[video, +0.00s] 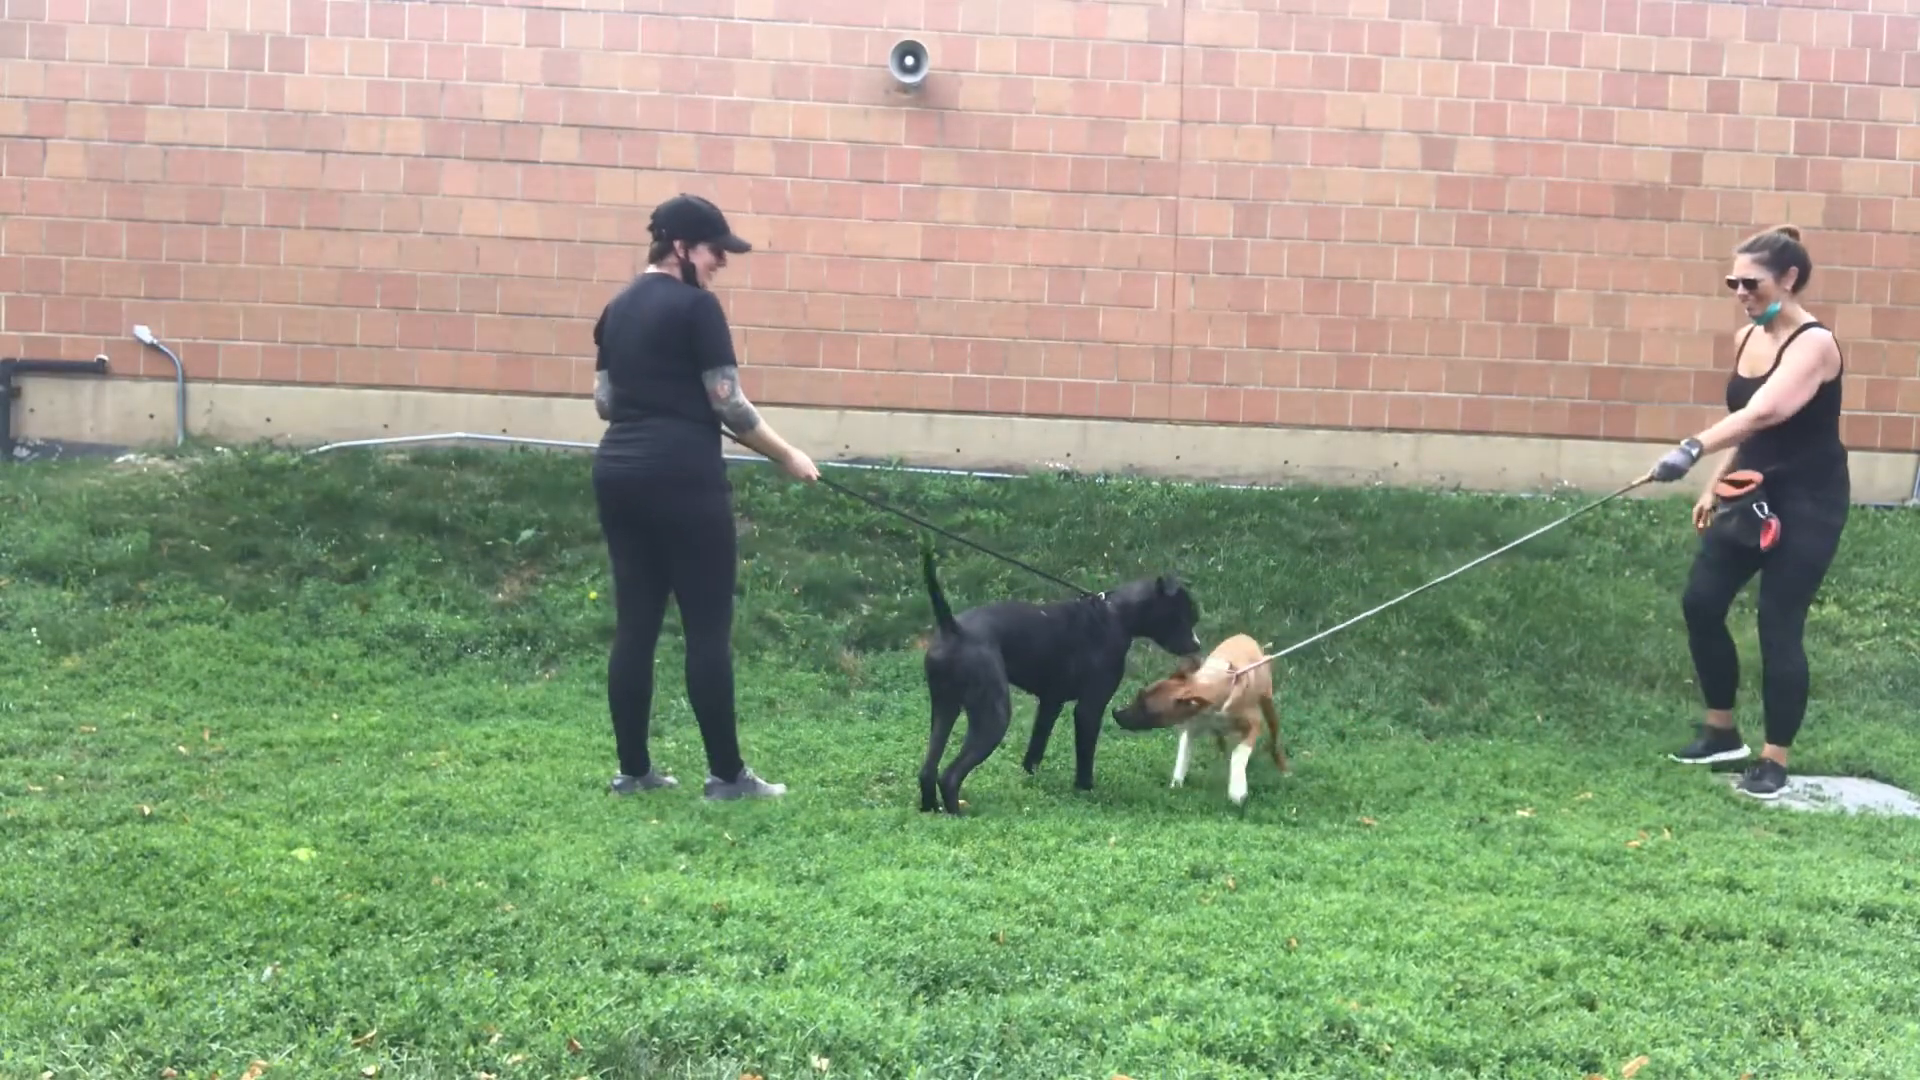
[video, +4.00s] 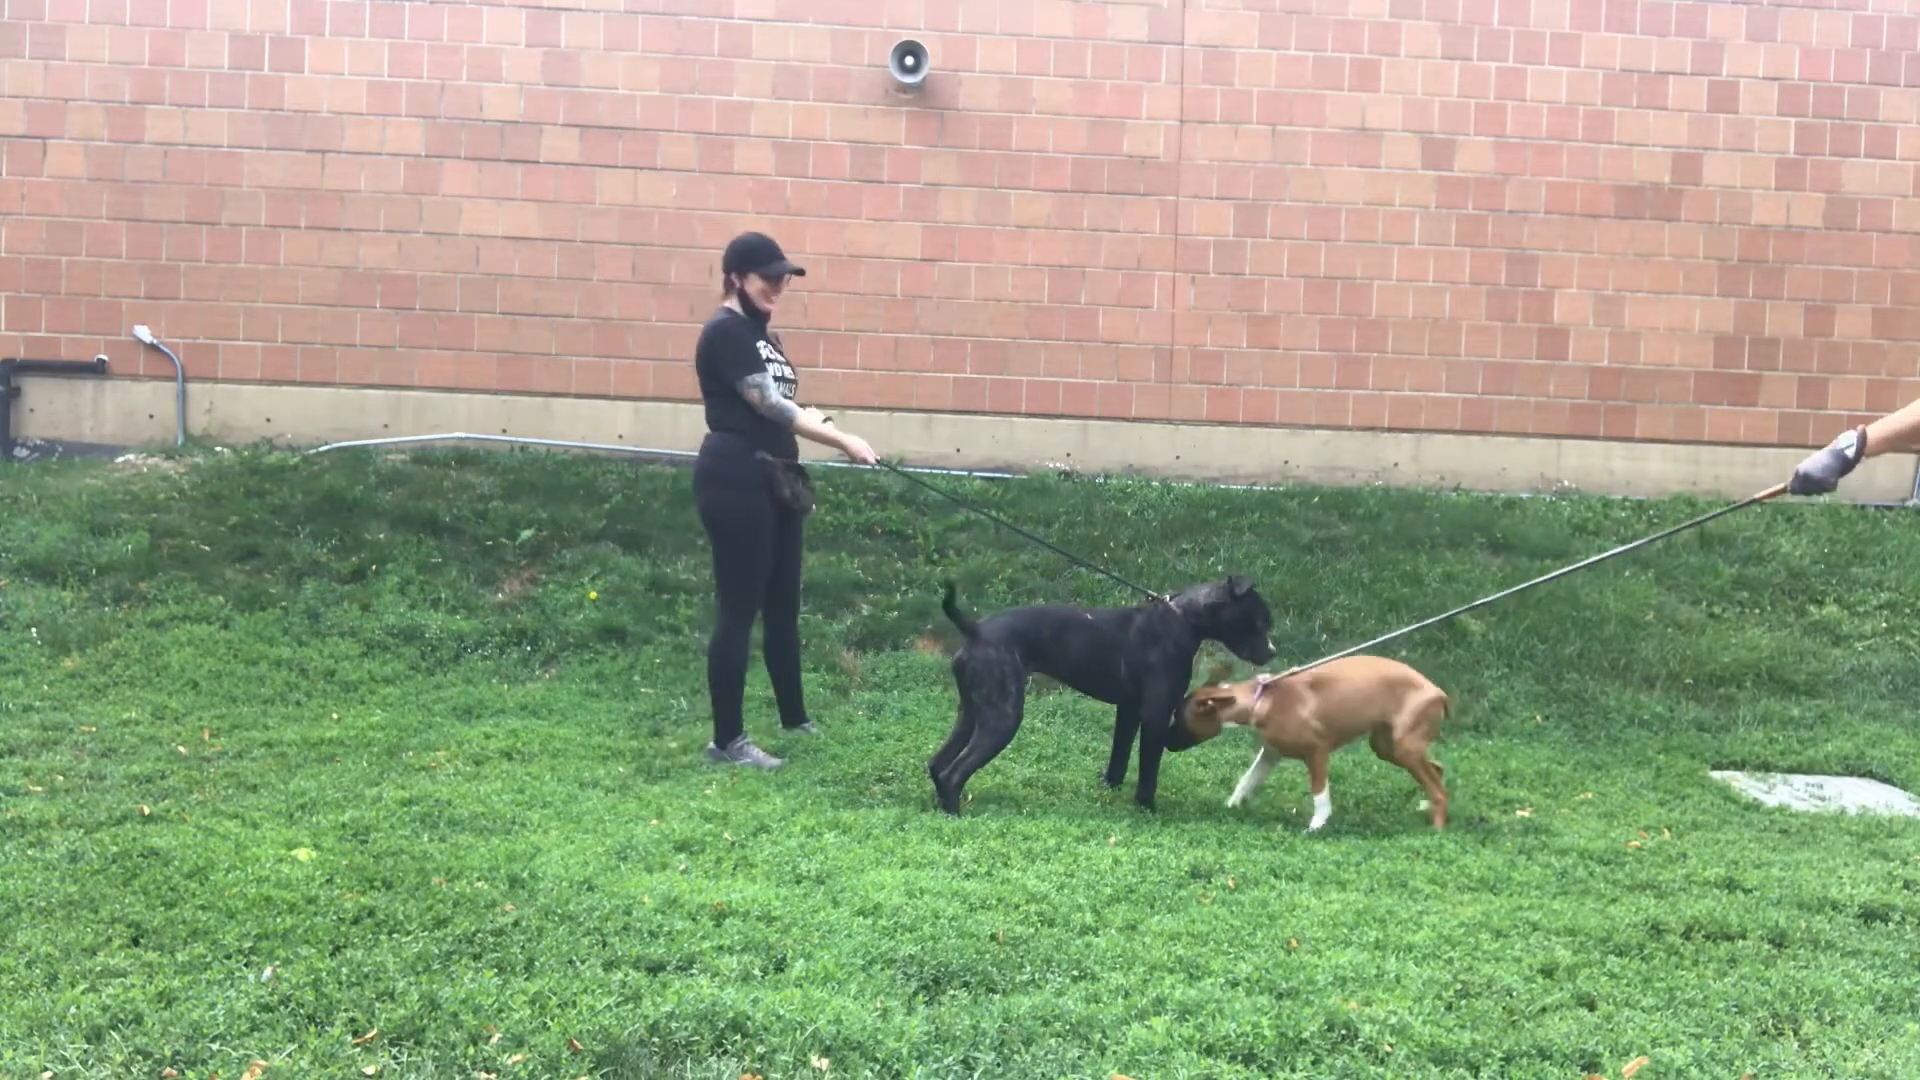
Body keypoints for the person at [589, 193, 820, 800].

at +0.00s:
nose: (720, 262)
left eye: (721, 252)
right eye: (713, 251)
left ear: (668, 250)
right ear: (681, 248)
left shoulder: (618, 305)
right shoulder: (697, 305)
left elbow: (607, 401)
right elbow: (728, 403)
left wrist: (682, 414)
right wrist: (786, 454)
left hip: (619, 467)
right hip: (684, 470)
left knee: (636, 622)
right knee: (708, 627)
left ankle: (634, 771)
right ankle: (727, 775)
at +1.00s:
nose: (743, 269)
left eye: (745, 258)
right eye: (738, 257)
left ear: (694, 256)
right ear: (707, 254)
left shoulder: (642, 315)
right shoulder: (720, 312)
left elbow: (633, 407)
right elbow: (745, 406)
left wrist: (715, 421)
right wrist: (802, 455)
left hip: (648, 469)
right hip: (710, 469)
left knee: (691, 618)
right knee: (726, 622)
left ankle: (641, 743)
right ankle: (731, 766)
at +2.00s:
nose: (712, 272)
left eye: (713, 262)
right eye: (705, 261)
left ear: (669, 261)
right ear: (670, 258)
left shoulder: (639, 309)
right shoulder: (675, 314)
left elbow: (674, 404)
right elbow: (720, 406)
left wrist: (725, 421)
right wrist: (787, 451)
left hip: (625, 463)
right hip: (669, 468)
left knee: (642, 609)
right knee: (705, 609)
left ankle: (638, 753)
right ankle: (707, 756)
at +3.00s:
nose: (722, 274)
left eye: (725, 265)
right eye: (711, 264)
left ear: (721, 269)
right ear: (681, 268)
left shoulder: (673, 316)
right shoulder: (689, 320)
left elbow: (719, 402)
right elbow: (737, 405)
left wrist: (772, 430)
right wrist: (806, 442)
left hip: (665, 466)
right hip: (691, 470)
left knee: (685, 606)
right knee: (735, 607)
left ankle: (672, 741)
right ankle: (749, 748)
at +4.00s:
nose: (777, 288)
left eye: (782, 280)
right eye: (769, 278)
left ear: (776, 281)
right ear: (737, 277)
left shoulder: (762, 333)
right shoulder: (726, 332)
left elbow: (778, 409)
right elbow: (766, 403)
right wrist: (842, 437)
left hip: (778, 473)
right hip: (737, 474)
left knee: (783, 605)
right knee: (738, 607)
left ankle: (795, 722)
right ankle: (728, 740)